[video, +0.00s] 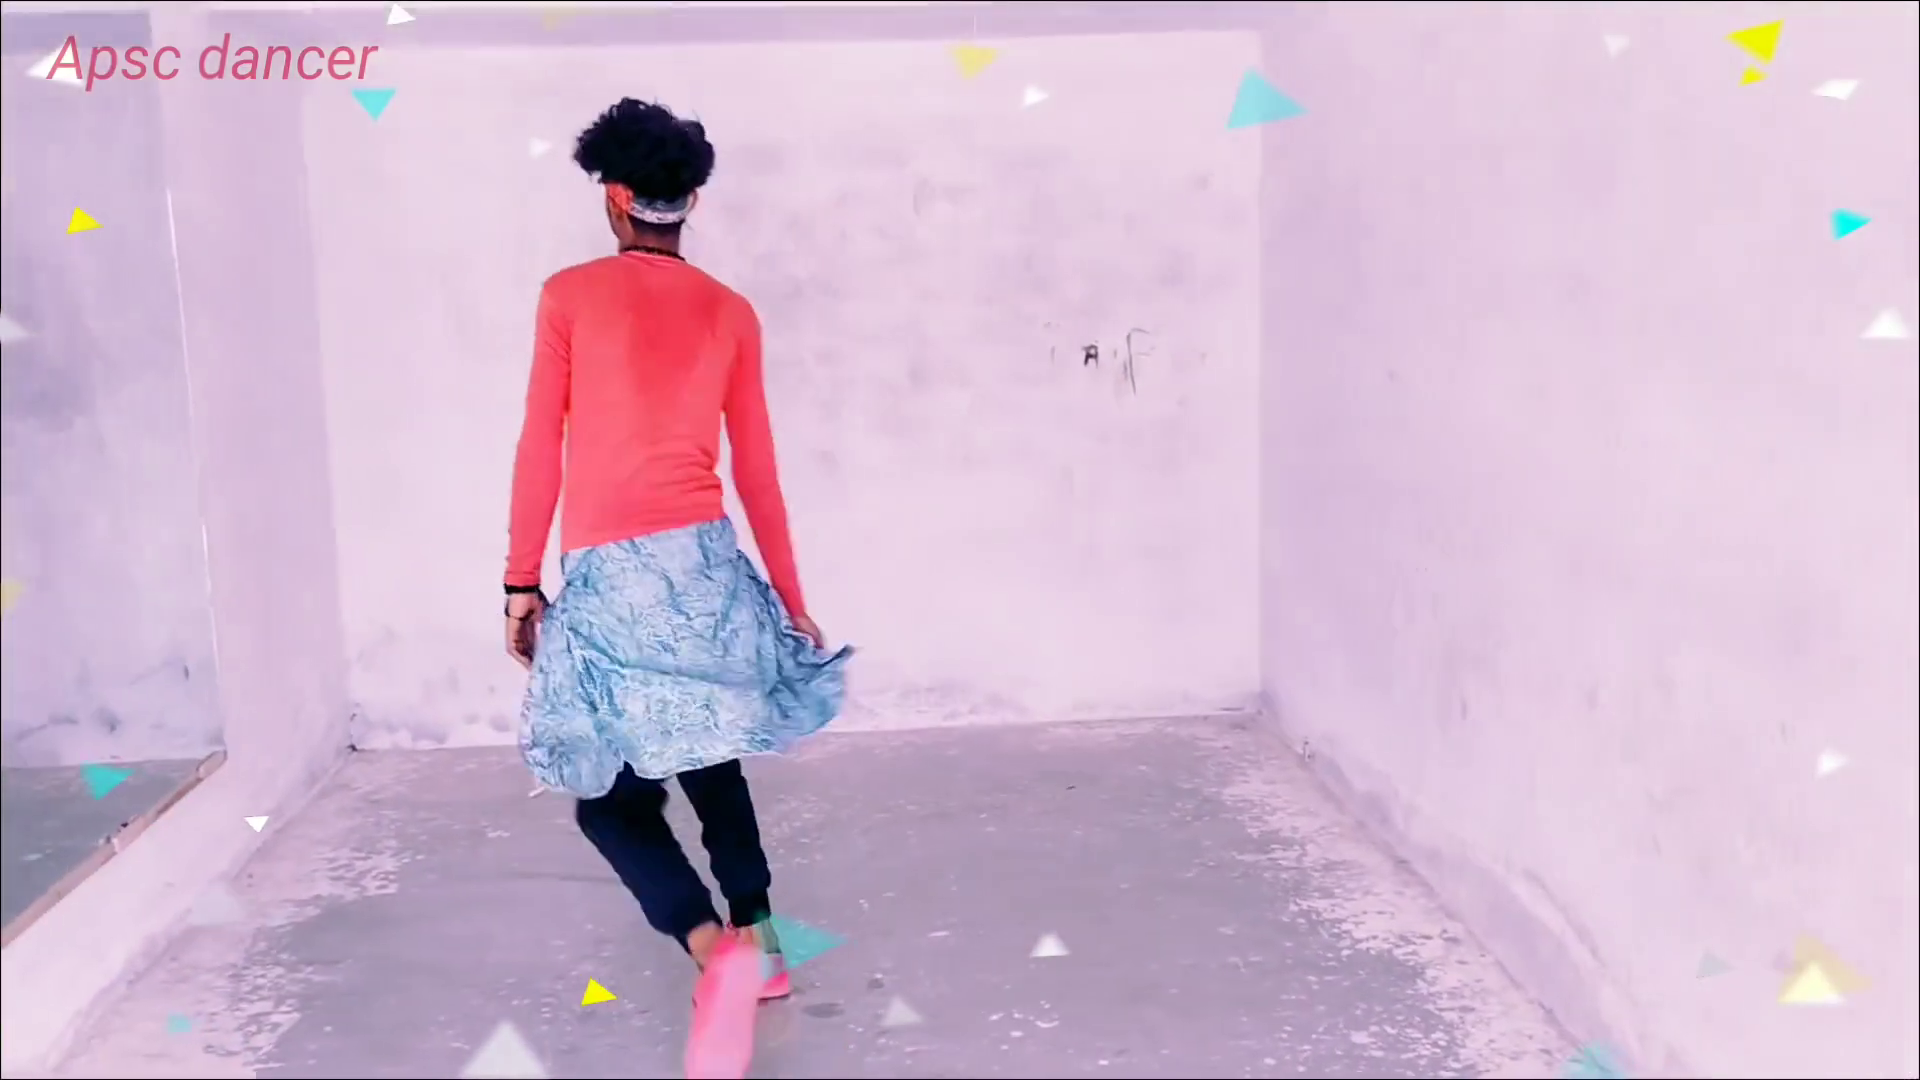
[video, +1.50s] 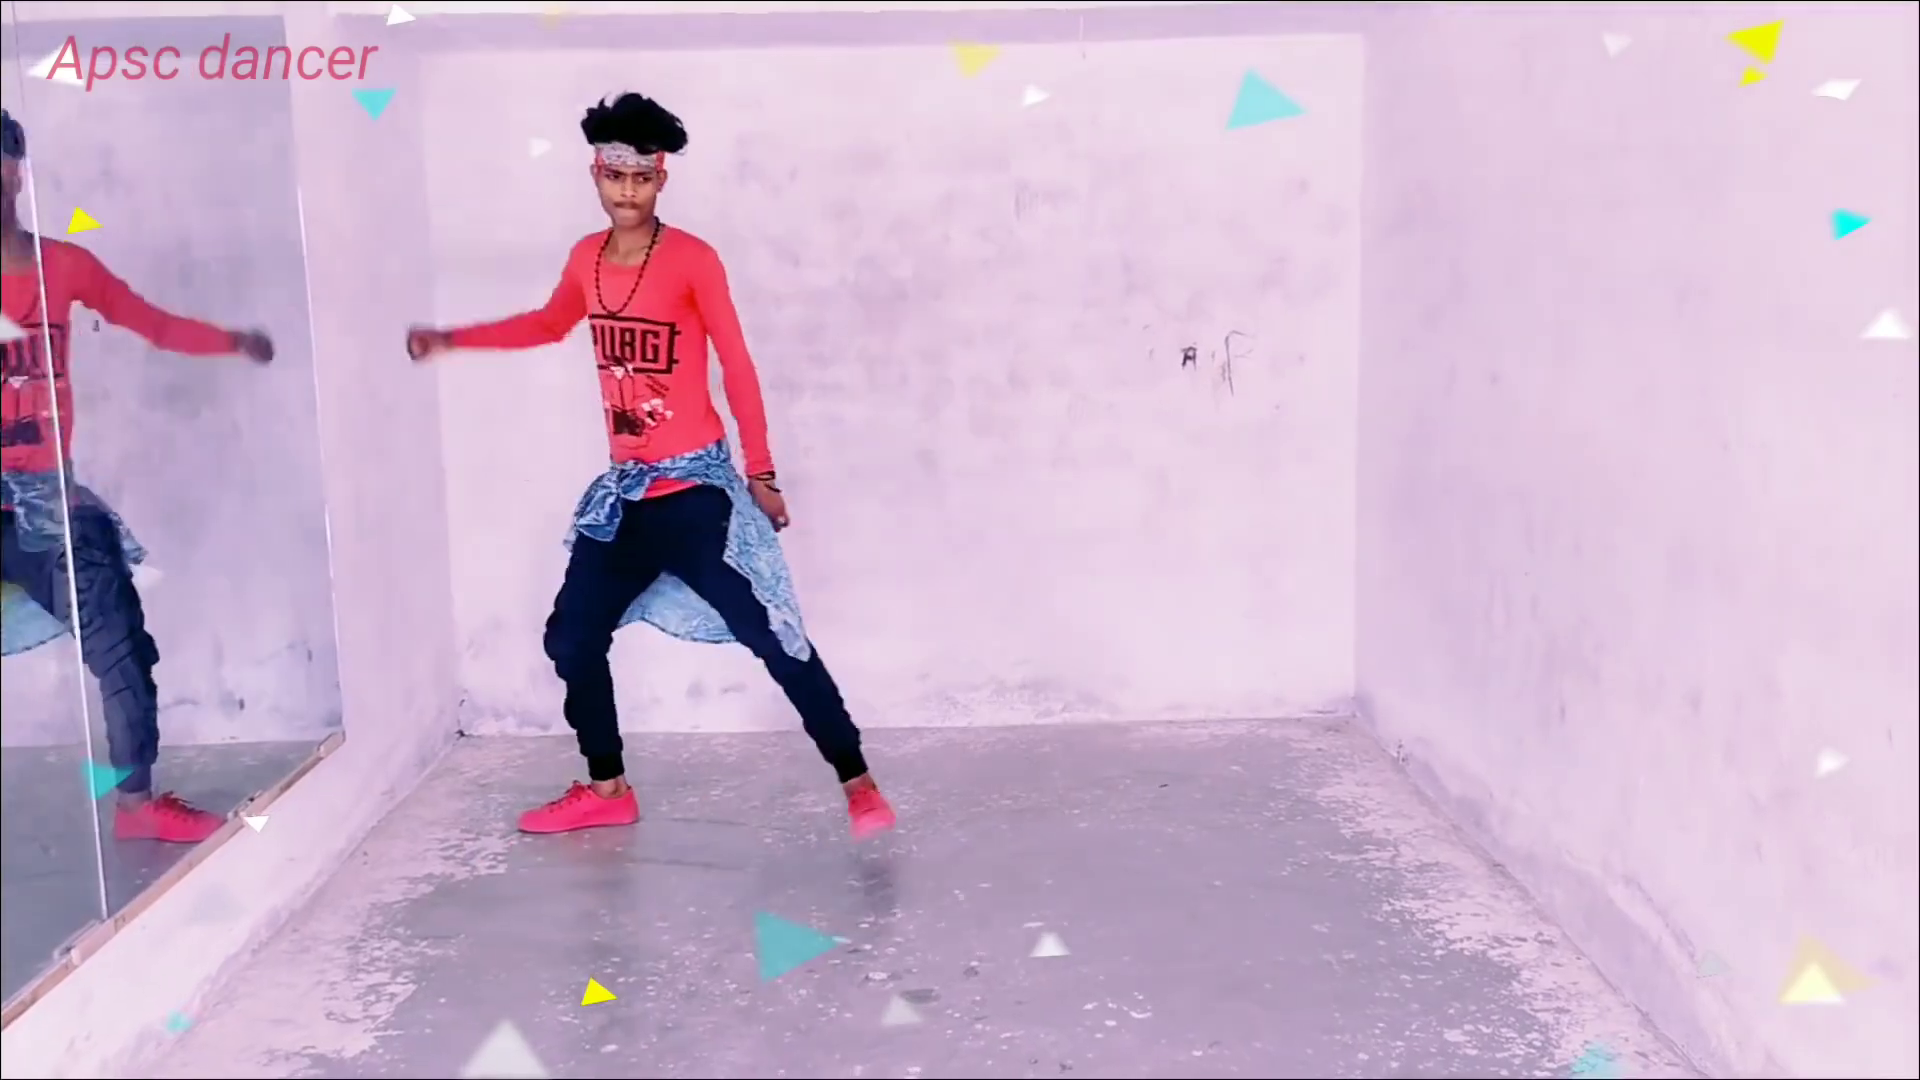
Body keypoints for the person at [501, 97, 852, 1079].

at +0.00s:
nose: (608, 201)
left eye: (608, 189)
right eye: (621, 190)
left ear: (613, 197)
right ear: (695, 203)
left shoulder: (571, 295)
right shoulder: (728, 311)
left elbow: (541, 442)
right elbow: (757, 476)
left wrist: (521, 576)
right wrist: (791, 601)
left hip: (606, 574)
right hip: (706, 565)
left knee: (605, 786)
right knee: (711, 761)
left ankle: (710, 944)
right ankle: (759, 949)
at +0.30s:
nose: (494, 211)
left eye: (495, 201)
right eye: (495, 204)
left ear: (501, 207)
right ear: (575, 201)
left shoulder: (508, 300)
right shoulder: (611, 271)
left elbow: (487, 430)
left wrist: (437, 553)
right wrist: (500, 249)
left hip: (571, 540)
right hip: (653, 522)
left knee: (515, 677)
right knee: (706, 712)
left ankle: (497, 847)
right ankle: (786, 904)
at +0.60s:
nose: (426, 165)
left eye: (427, 155)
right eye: (438, 149)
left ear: (437, 170)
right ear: (504, 151)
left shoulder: (458, 255)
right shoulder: (530, 209)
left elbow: (473, 384)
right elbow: (494, 119)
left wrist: (442, 498)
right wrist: (439, 32)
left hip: (511, 480)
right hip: (576, 465)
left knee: (497, 661)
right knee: (556, 646)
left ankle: (508, 838)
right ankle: (630, 802)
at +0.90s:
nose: (465, 164)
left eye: (470, 153)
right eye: (469, 151)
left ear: (488, 167)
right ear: (521, 162)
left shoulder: (530, 246)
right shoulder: (525, 216)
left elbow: (563, 376)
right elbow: (488, 93)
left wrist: (527, 479)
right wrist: (458, 5)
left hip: (542, 466)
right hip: (553, 457)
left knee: (506, 638)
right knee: (549, 629)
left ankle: (544, 820)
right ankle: (592, 786)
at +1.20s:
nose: (529, 174)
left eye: (548, 159)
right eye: (522, 157)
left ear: (584, 167)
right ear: (514, 163)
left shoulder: (602, 251)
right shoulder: (534, 221)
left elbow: (643, 363)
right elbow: (488, 120)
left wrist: (664, 474)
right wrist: (447, 22)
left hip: (609, 465)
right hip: (563, 463)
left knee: (607, 631)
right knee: (566, 629)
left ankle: (676, 797)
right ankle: (606, 787)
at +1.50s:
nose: (627, 190)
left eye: (641, 175)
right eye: (613, 174)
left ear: (663, 180)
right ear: (595, 180)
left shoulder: (693, 262)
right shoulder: (587, 259)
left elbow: (737, 364)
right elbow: (550, 324)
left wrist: (760, 470)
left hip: (702, 486)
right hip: (626, 491)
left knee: (771, 631)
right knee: (572, 637)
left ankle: (858, 782)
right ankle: (607, 788)